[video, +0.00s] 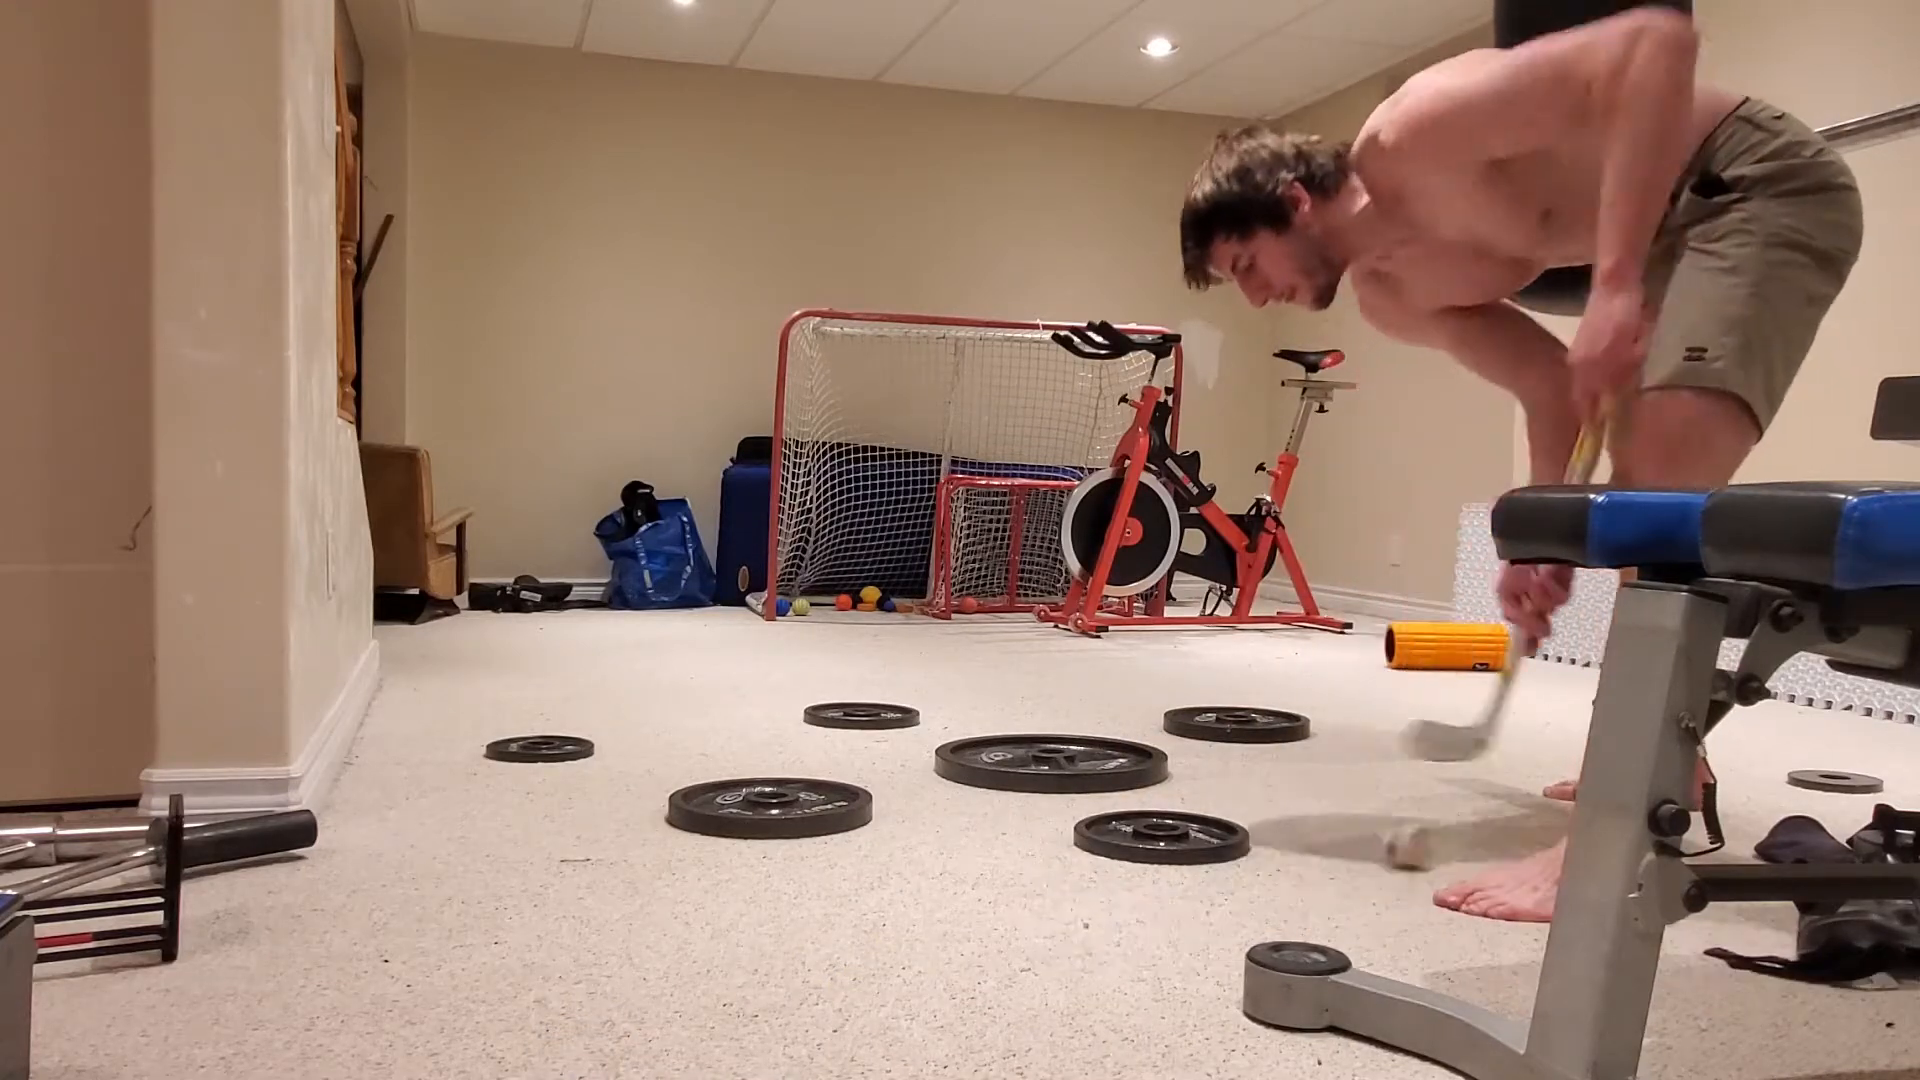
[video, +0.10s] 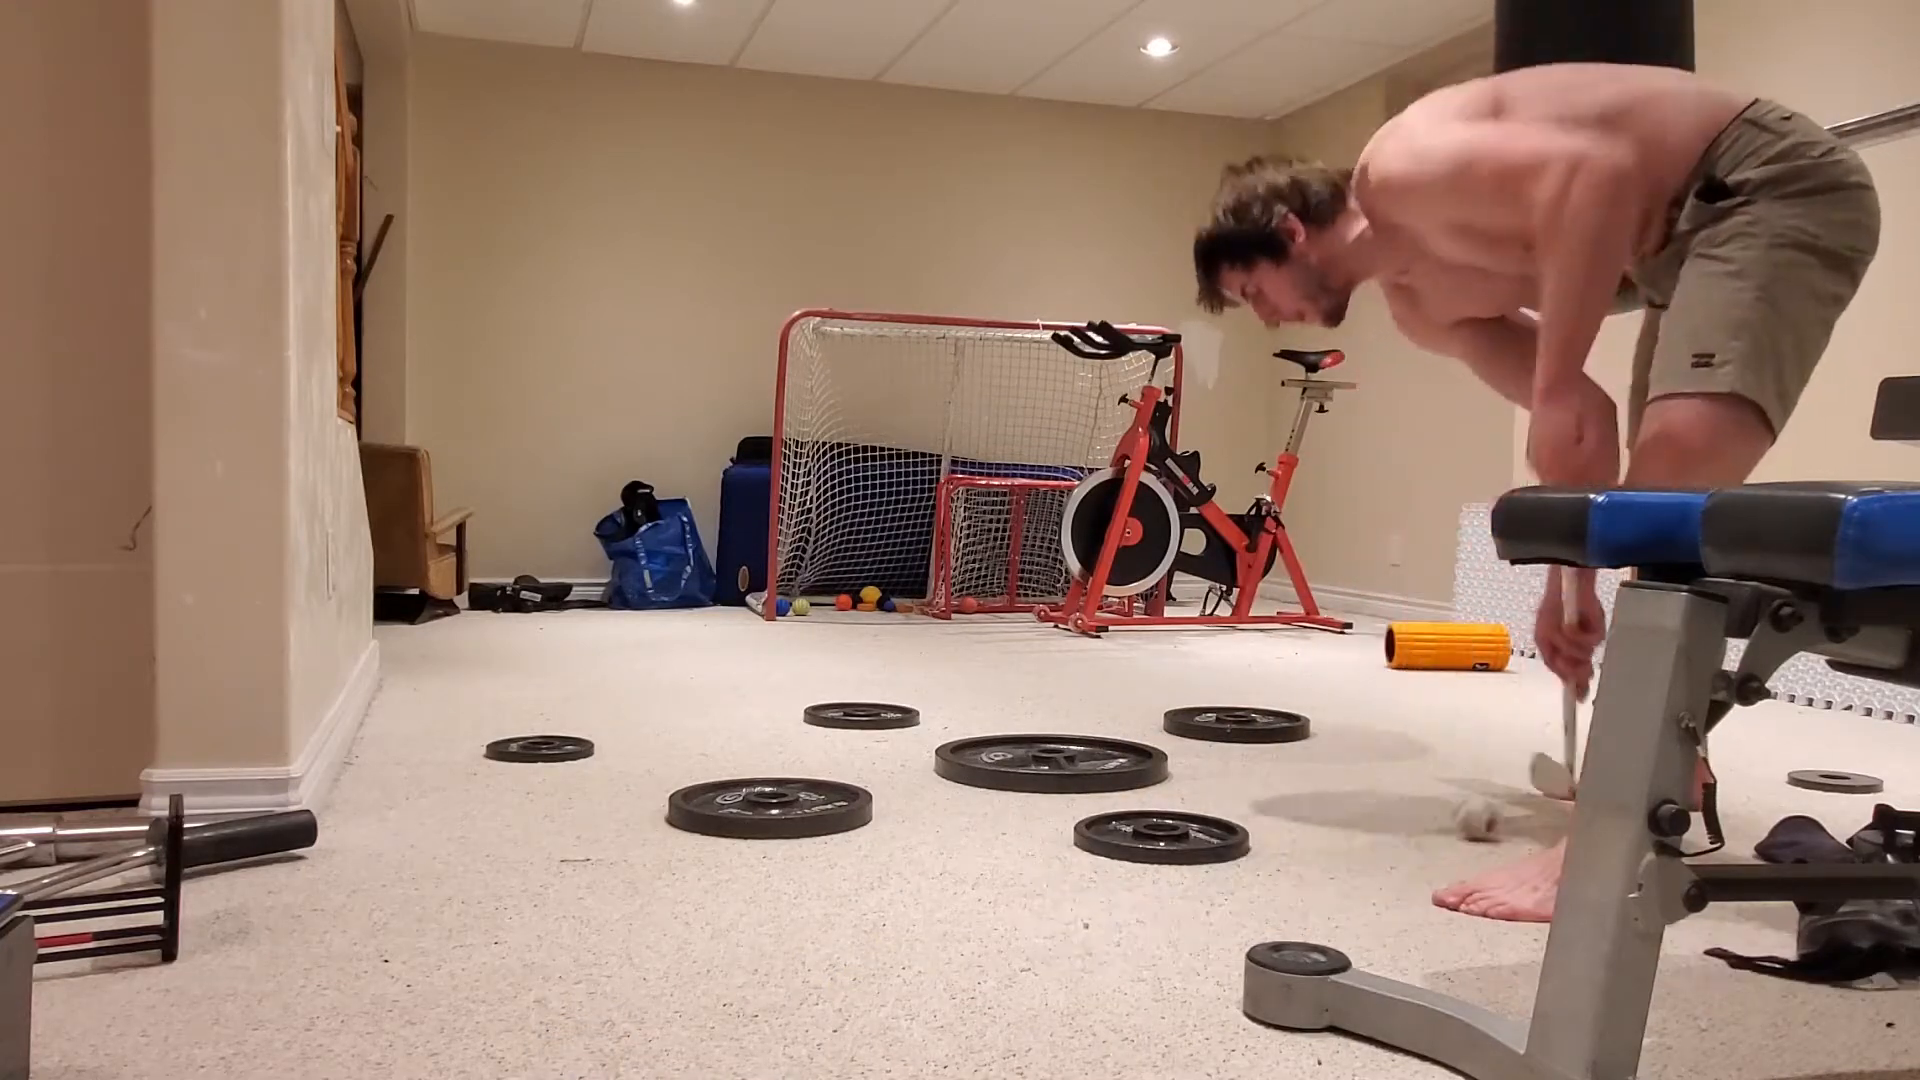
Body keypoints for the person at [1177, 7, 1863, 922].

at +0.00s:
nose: (1257, 298)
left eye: (1247, 265)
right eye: (1238, 286)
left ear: (1291, 198)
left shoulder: (1415, 131)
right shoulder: (1391, 298)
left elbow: (1654, 45)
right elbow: (1547, 376)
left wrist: (1614, 286)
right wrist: (1538, 536)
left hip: (1758, 178)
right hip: (1676, 240)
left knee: (1661, 474)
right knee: (1642, 471)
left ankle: (1621, 834)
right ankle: (1669, 757)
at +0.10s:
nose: (1267, 320)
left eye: (1252, 293)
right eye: (1248, 309)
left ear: (1287, 232)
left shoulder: (1402, 169)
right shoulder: (1421, 309)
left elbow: (1592, 178)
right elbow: (1574, 408)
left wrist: (1553, 395)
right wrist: (1565, 567)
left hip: (1765, 176)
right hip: (1683, 250)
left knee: (1673, 470)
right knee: (1654, 497)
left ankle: (1618, 838)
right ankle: (1670, 786)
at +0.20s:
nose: (1303, 357)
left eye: (1286, 336)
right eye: (1285, 349)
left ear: (1306, 279)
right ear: (1316, 282)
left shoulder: (1400, 214)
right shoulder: (1464, 333)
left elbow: (1549, 280)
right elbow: (1600, 452)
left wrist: (1549, 511)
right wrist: (1577, 613)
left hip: (1776, 184)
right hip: (1722, 229)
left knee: (1669, 486)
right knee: (1660, 492)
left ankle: (1607, 841)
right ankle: (1678, 771)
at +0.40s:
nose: (1351, 398)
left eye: (1332, 380)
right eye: (1332, 392)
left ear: (1346, 327)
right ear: (1357, 321)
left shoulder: (1425, 273)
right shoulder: (1494, 322)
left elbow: (1552, 370)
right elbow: (1561, 499)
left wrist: (1558, 554)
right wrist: (1508, 634)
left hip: (1784, 221)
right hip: (1757, 238)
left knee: (1632, 513)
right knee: (1642, 505)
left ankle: (1610, 842)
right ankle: (1677, 761)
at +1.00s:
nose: (1326, 352)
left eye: (1313, 329)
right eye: (1310, 342)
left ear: (1339, 277)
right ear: (1345, 279)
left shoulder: (1416, 244)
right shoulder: (1471, 304)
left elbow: (1525, 317)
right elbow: (1538, 473)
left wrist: (1492, 513)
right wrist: (1471, 600)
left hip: (1759, 254)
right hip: (1704, 287)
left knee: (1623, 532)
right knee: (1583, 522)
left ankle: (1578, 845)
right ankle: (1668, 754)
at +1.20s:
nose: (1286, 323)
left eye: (1276, 297)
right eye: (1270, 313)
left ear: (1313, 244)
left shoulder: (1417, 200)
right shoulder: (1435, 311)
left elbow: (1583, 210)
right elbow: (1547, 435)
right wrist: (1523, 581)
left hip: (1762, 229)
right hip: (1684, 282)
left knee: (1642, 513)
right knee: (1577, 507)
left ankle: (1603, 844)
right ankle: (1667, 753)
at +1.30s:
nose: (1269, 311)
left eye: (1262, 282)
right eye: (1252, 298)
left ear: (1309, 227)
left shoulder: (1421, 174)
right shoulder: (1408, 312)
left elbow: (1639, 136)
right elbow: (1534, 429)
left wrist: (1614, 354)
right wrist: (1510, 562)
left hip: (1763, 222)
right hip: (1671, 277)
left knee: (1639, 482)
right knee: (1562, 509)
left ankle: (1607, 846)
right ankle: (1666, 754)